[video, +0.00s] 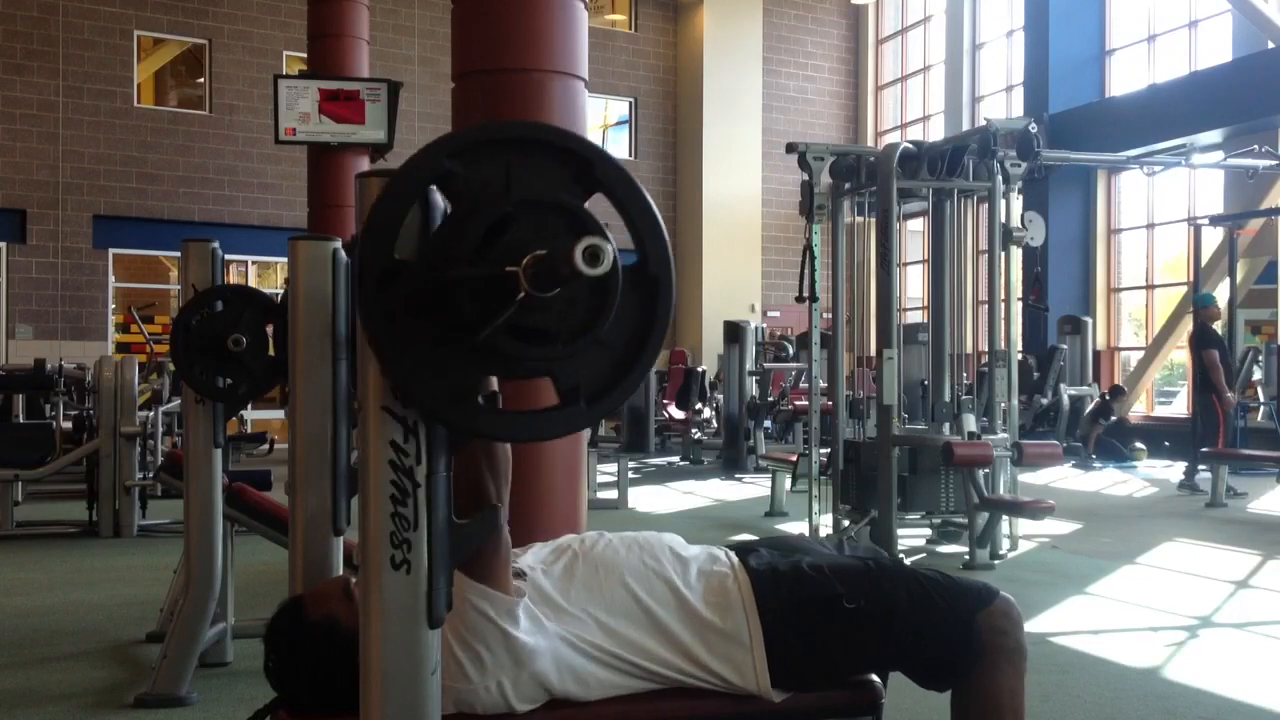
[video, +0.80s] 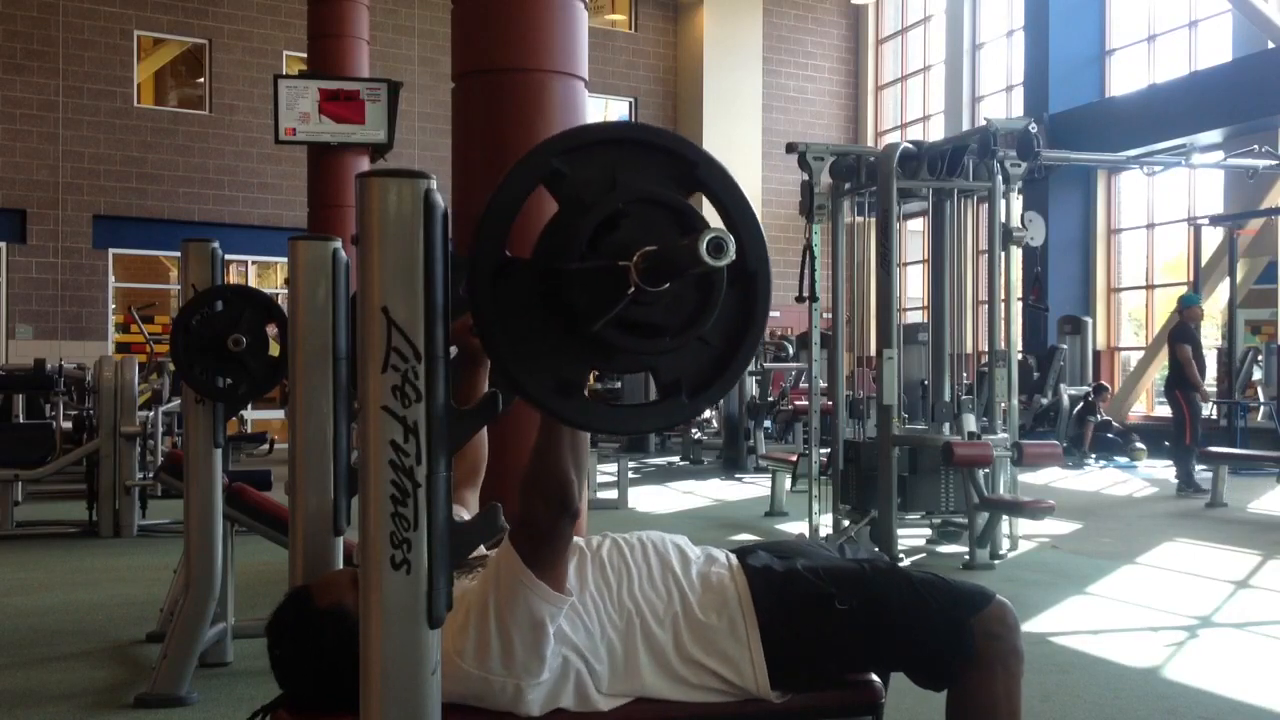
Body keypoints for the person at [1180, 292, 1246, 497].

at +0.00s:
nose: (1219, 309)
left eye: (1217, 306)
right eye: (1215, 306)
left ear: (1204, 311)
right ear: (1203, 310)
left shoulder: (1201, 331)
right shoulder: (1205, 332)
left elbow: (1211, 365)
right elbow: (1213, 365)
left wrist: (1226, 390)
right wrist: (1225, 393)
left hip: (1204, 392)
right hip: (1212, 393)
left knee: (1203, 435)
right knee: (1219, 437)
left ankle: (1189, 478)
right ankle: (1221, 483)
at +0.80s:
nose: (1202, 311)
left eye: (1200, 307)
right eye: (1197, 307)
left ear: (1188, 311)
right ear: (1186, 311)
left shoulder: (1187, 330)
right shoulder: (1180, 330)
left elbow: (1190, 360)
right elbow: (1186, 360)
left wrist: (1200, 386)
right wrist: (1200, 386)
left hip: (1185, 387)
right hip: (1180, 387)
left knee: (1188, 431)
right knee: (1189, 431)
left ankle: (1186, 478)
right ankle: (1186, 480)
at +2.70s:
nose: (1173, 311)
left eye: (1173, 307)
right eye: (1170, 307)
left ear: (1155, 310)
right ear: (1160, 309)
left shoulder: (1154, 330)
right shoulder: (1160, 332)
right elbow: (1167, 364)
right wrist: (1178, 392)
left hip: (1154, 387)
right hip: (1158, 389)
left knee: (1162, 433)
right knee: (1161, 433)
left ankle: (1163, 480)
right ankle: (1157, 483)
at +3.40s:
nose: (1178, 311)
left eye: (1177, 307)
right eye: (1176, 307)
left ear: (1156, 311)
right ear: (1170, 309)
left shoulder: (1149, 334)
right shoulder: (1175, 332)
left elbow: (1150, 365)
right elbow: (1186, 362)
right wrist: (1199, 388)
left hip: (1153, 391)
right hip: (1171, 391)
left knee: (1163, 432)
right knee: (1184, 431)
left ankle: (1164, 478)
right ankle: (1167, 479)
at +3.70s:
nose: (1185, 313)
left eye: (1184, 309)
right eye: (1182, 309)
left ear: (1165, 313)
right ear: (1176, 312)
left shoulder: (1155, 336)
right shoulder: (1180, 334)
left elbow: (1147, 365)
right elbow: (1195, 363)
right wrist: (1217, 385)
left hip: (1161, 393)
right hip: (1178, 393)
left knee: (1175, 436)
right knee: (1197, 432)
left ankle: (1168, 480)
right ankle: (1177, 479)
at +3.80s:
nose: (1187, 318)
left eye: (1186, 314)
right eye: (1185, 315)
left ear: (1168, 317)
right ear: (1178, 317)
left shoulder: (1159, 338)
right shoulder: (1180, 337)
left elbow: (1143, 362)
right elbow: (1203, 357)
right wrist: (1231, 368)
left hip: (1165, 396)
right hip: (1180, 396)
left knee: (1182, 437)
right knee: (1201, 436)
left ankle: (1169, 481)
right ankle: (1178, 482)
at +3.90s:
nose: (1190, 311)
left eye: (1189, 308)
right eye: (1188, 308)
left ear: (1169, 310)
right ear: (1182, 309)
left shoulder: (1159, 331)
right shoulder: (1184, 328)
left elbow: (1144, 338)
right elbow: (1203, 336)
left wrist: (1140, 335)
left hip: (1167, 390)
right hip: (1184, 390)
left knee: (1180, 432)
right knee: (1200, 429)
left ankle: (1168, 478)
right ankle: (1180, 478)